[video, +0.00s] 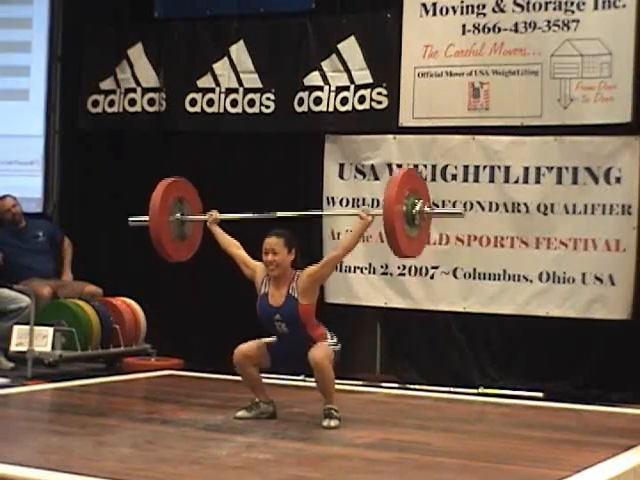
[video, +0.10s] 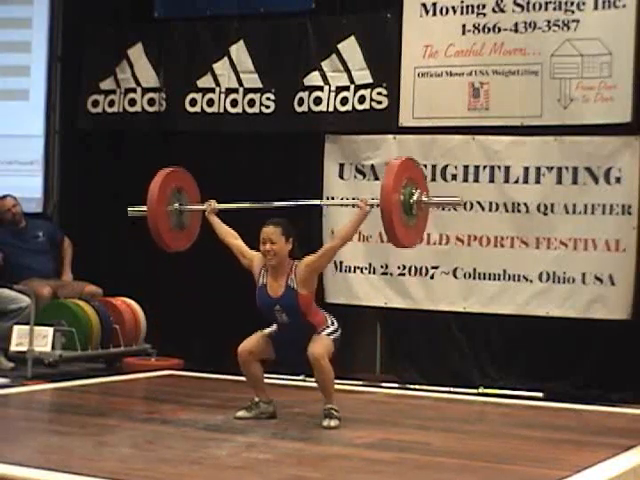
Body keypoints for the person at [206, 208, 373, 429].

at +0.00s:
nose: (269, 259)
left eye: (275, 253)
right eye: (266, 253)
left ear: (291, 255)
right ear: (262, 255)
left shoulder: (307, 280)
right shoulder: (260, 275)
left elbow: (339, 253)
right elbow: (236, 251)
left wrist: (362, 224)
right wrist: (213, 226)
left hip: (317, 345)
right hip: (283, 346)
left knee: (318, 356)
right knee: (242, 355)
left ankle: (330, 408)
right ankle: (264, 404)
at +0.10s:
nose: (267, 248)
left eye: (273, 242)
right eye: (263, 243)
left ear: (289, 245)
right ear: (259, 245)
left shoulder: (304, 270)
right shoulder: (258, 265)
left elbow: (336, 243)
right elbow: (233, 241)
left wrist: (361, 212)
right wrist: (211, 216)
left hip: (319, 331)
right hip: (284, 332)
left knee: (316, 354)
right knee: (245, 352)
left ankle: (330, 408)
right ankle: (263, 403)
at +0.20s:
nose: (264, 236)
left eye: (271, 230)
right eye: (261, 231)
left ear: (287, 232)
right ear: (258, 233)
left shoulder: (302, 258)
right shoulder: (255, 254)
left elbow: (333, 233)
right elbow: (231, 229)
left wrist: (357, 205)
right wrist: (209, 204)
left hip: (318, 318)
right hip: (284, 319)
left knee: (315, 351)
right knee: (247, 349)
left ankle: (330, 407)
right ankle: (263, 403)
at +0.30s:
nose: (262, 224)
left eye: (268, 218)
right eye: (259, 218)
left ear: (284, 220)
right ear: (256, 221)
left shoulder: (299, 246)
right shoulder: (253, 242)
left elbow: (329, 221)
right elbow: (228, 216)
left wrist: (355, 189)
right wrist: (207, 192)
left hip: (316, 311)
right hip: (281, 311)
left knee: (316, 349)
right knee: (247, 348)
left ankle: (330, 407)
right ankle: (263, 403)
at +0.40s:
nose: (259, 207)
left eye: (265, 201)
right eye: (256, 201)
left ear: (281, 204)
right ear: (252, 204)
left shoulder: (296, 230)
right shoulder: (250, 226)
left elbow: (324, 206)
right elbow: (224, 201)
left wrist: (349, 179)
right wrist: (203, 177)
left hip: (312, 299)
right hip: (278, 299)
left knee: (315, 346)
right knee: (247, 347)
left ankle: (330, 407)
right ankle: (263, 402)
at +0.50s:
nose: (255, 191)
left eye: (261, 185)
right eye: (252, 185)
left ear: (277, 189)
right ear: (248, 189)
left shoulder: (291, 216)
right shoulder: (245, 211)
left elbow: (318, 191)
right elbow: (220, 185)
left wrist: (344, 163)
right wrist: (198, 160)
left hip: (304, 292)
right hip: (271, 294)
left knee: (300, 343)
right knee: (247, 347)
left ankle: (324, 403)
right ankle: (262, 402)